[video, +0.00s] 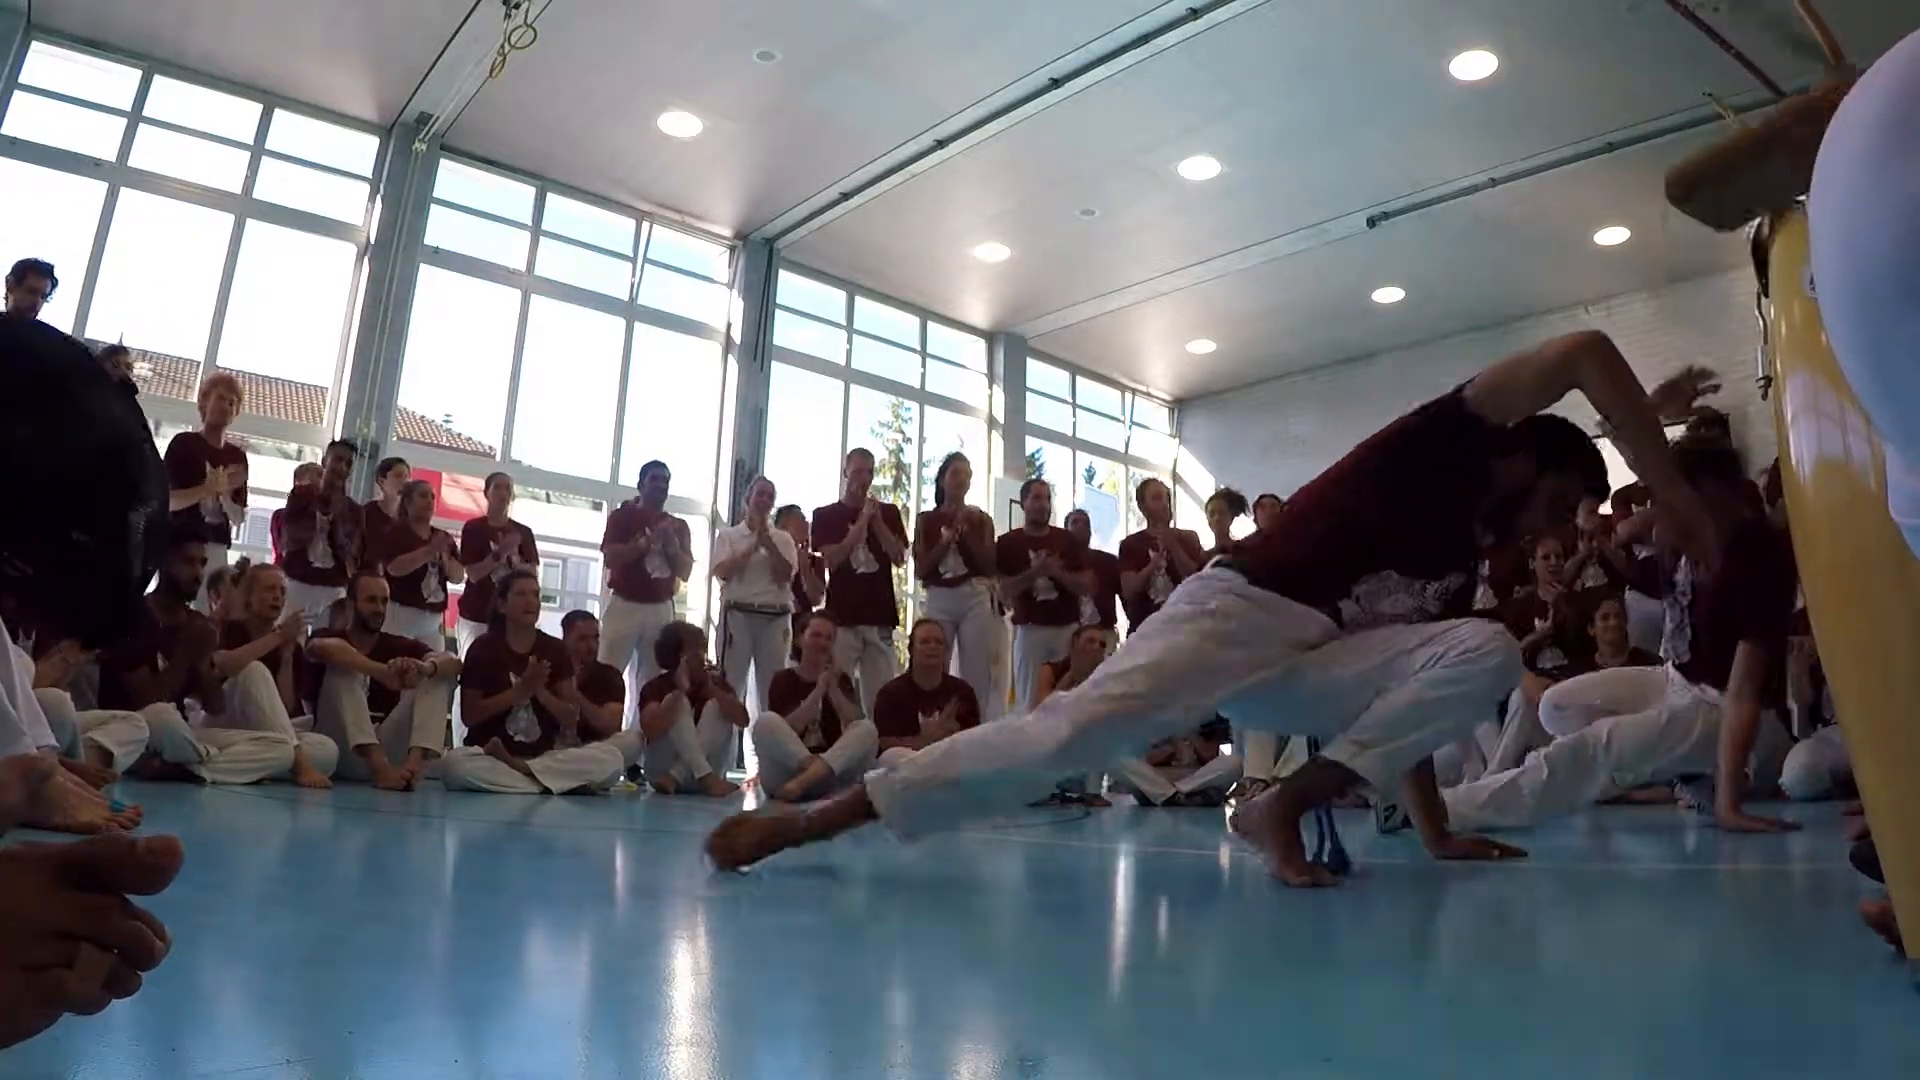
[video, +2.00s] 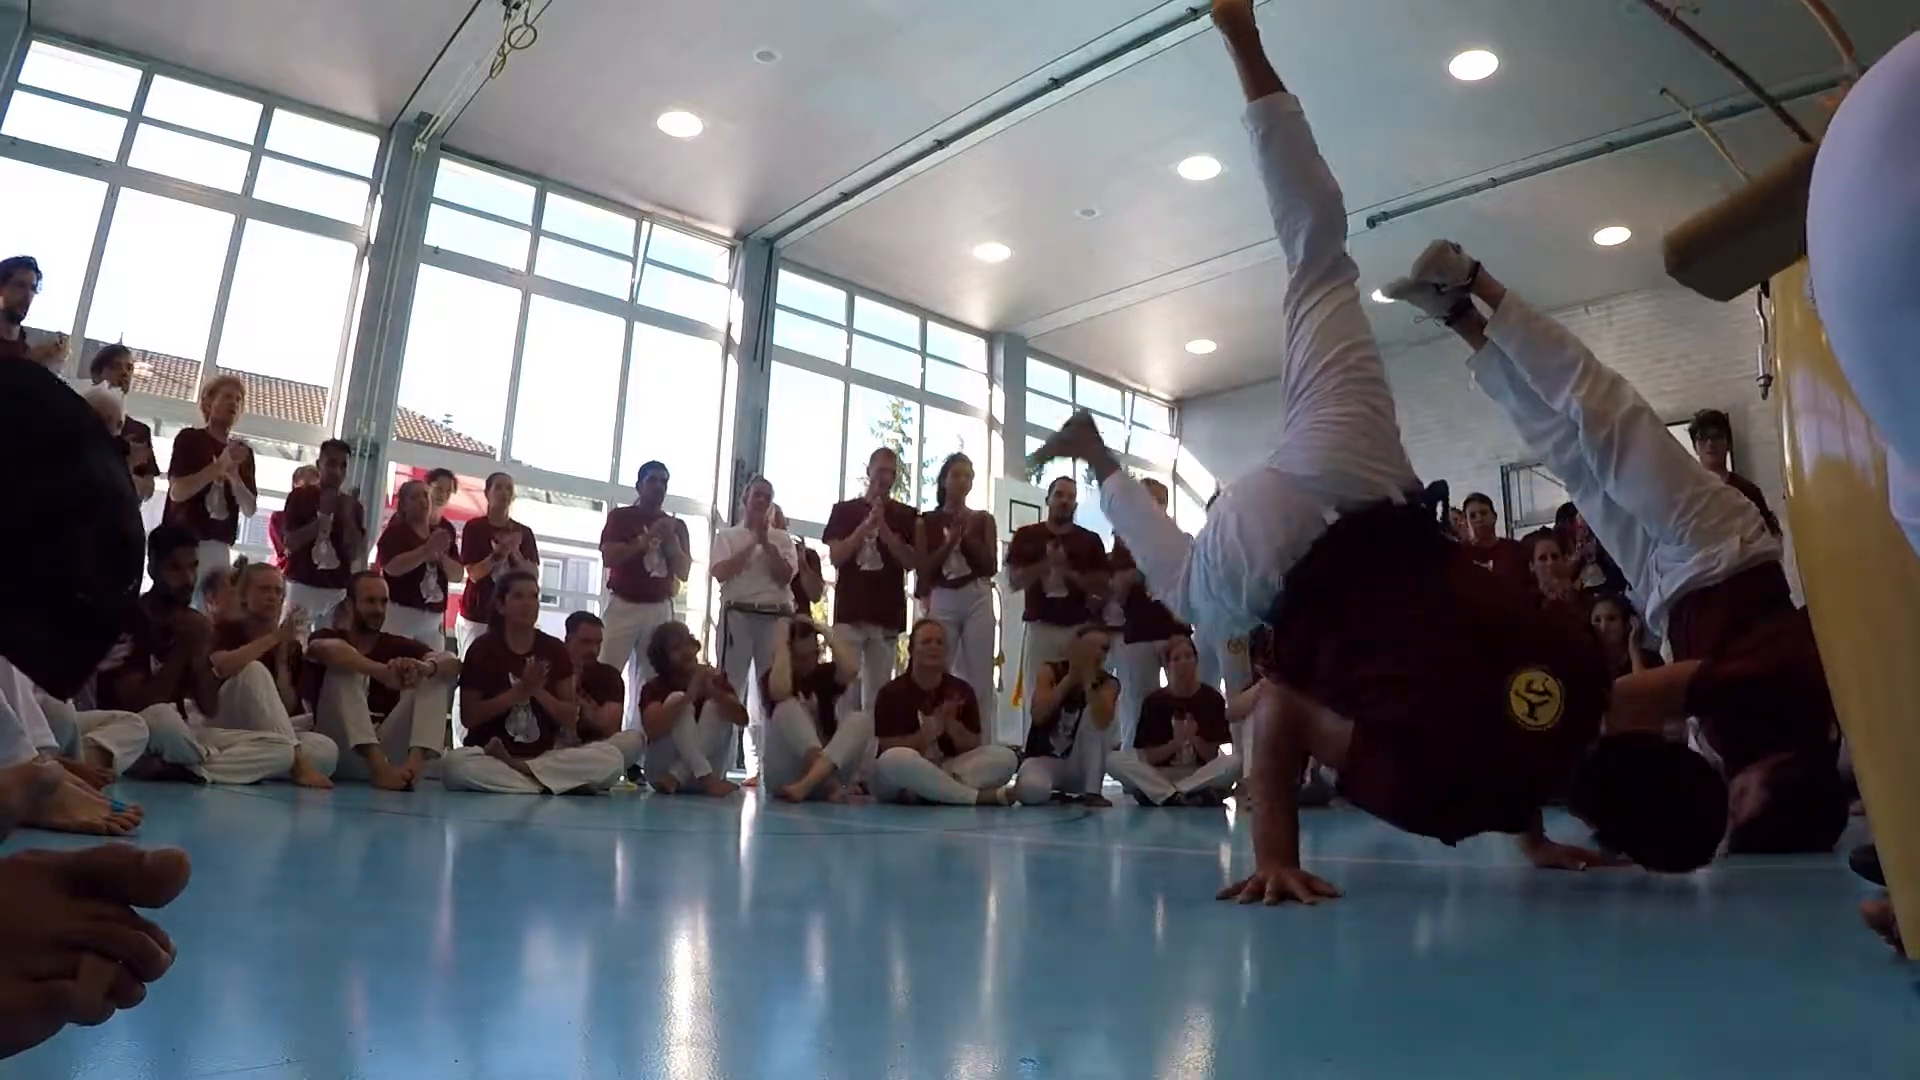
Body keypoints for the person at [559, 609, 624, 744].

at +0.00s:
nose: (591, 645)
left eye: (595, 638)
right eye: (583, 638)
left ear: (599, 638)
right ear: (565, 640)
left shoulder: (610, 676)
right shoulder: (548, 673)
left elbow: (610, 725)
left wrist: (574, 695)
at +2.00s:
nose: (593, 650)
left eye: (598, 643)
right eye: (586, 642)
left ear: (602, 644)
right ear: (567, 640)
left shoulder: (610, 675)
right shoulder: (549, 673)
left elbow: (610, 728)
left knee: (635, 738)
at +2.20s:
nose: (593, 650)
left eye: (598, 643)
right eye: (586, 642)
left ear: (602, 643)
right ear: (568, 639)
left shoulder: (610, 675)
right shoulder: (549, 672)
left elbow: (611, 729)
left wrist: (580, 690)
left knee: (634, 739)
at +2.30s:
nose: (593, 650)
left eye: (598, 643)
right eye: (586, 642)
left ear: (602, 643)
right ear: (568, 639)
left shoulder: (610, 676)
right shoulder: (549, 673)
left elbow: (610, 728)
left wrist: (573, 697)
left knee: (634, 738)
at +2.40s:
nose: (593, 650)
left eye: (598, 643)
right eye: (586, 642)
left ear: (602, 644)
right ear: (568, 640)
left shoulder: (610, 675)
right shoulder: (549, 673)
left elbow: (610, 728)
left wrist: (573, 698)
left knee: (634, 738)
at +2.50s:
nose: (593, 650)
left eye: (598, 643)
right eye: (586, 642)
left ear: (602, 643)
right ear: (568, 640)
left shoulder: (610, 675)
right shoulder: (550, 672)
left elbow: (610, 728)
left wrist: (577, 693)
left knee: (634, 738)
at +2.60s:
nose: (593, 650)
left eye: (598, 643)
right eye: (586, 642)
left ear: (601, 643)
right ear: (567, 640)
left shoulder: (609, 674)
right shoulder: (549, 672)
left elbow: (610, 729)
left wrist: (579, 694)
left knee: (634, 739)